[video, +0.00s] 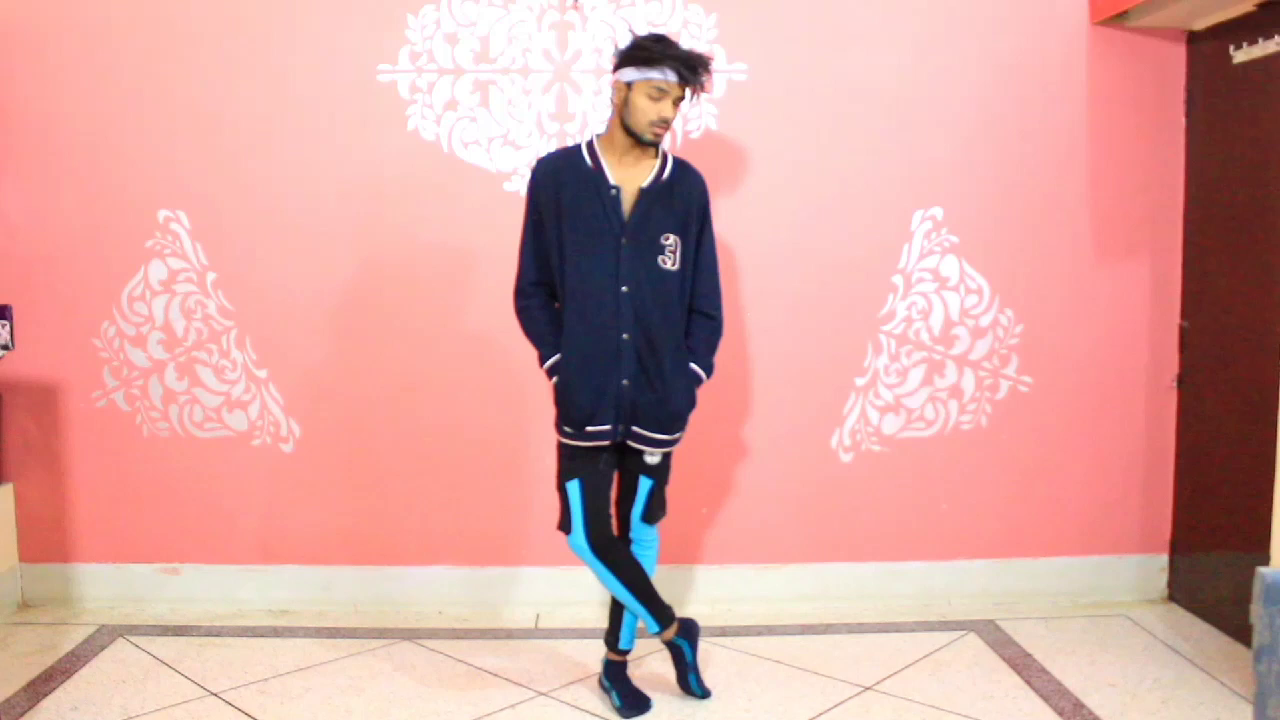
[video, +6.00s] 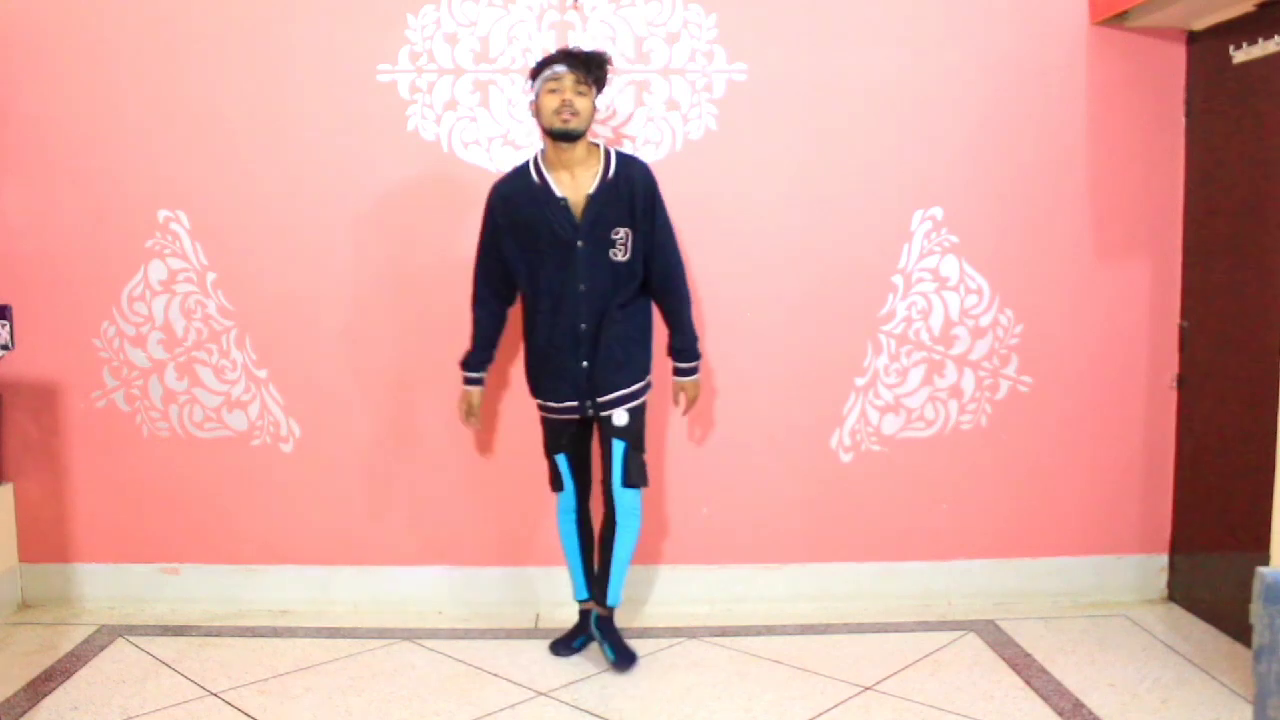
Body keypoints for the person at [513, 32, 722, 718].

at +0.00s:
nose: (666, 109)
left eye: (675, 98)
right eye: (655, 94)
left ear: (680, 105)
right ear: (619, 92)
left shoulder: (685, 183)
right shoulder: (558, 172)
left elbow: (705, 292)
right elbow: (533, 285)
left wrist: (694, 369)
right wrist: (555, 360)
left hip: (662, 386)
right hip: (585, 384)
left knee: (640, 528)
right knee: (587, 533)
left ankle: (616, 661)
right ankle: (674, 632)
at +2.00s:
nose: (652, 114)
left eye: (662, 102)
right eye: (640, 99)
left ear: (671, 106)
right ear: (607, 97)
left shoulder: (681, 181)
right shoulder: (555, 176)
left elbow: (703, 291)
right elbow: (531, 289)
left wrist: (696, 367)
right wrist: (557, 360)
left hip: (661, 383)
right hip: (585, 383)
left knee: (640, 525)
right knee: (586, 531)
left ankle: (616, 660)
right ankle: (668, 632)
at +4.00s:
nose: (669, 120)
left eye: (683, 110)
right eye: (660, 103)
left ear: (696, 117)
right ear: (635, 98)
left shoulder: (699, 196)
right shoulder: (575, 169)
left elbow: (712, 299)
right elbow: (539, 275)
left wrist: (703, 372)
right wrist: (559, 347)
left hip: (665, 386)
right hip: (588, 380)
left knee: (643, 524)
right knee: (586, 526)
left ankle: (619, 661)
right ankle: (669, 634)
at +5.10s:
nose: (618, 81)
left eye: (632, 70)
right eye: (604, 71)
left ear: (651, 84)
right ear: (587, 89)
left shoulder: (685, 175)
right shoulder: (556, 176)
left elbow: (713, 278)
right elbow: (535, 283)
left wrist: (733, 377)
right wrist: (507, 379)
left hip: (658, 385)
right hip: (578, 381)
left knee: (639, 529)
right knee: (567, 529)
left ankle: (619, 663)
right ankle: (569, 679)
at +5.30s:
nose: (606, 79)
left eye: (620, 70)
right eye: (591, 71)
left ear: (641, 88)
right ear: (575, 93)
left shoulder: (676, 173)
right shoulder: (550, 182)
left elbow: (682, 285)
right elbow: (544, 293)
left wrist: (640, 366)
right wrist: (574, 384)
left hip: (653, 380)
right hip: (577, 380)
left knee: (637, 524)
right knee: (555, 518)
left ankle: (619, 660)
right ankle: (558, 635)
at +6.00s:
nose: (566, 99)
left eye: (578, 90)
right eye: (553, 90)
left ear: (595, 104)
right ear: (535, 106)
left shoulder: (631, 177)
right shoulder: (511, 192)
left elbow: (666, 270)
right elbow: (492, 286)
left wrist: (687, 359)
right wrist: (474, 371)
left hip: (623, 358)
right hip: (554, 364)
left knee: (625, 489)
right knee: (569, 492)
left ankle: (605, 613)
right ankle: (586, 611)